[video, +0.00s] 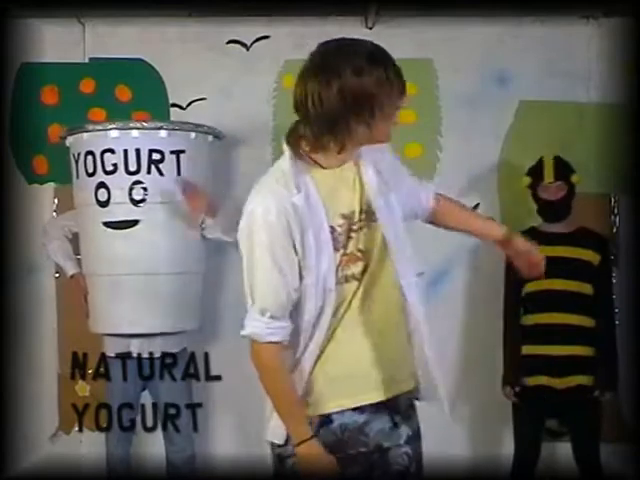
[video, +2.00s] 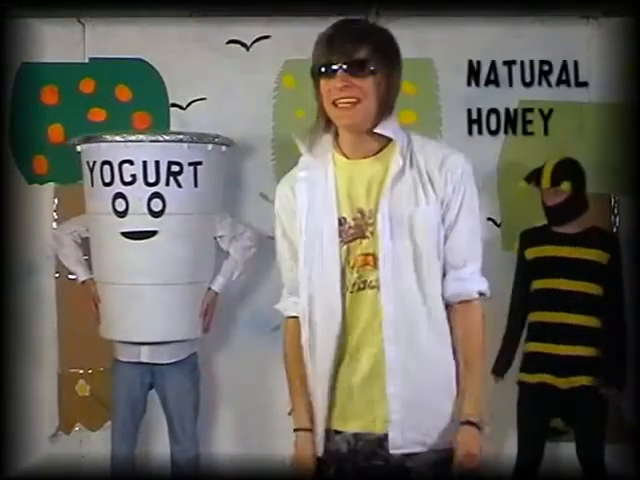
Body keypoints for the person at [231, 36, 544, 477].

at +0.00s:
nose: (399, 117)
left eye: (398, 106)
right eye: (393, 107)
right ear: (359, 109)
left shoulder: (378, 163)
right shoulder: (274, 202)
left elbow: (431, 205)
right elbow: (266, 342)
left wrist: (507, 238)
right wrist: (303, 441)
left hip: (395, 406)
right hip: (321, 423)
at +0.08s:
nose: (379, 122)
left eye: (379, 111)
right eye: (373, 113)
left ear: (319, 106)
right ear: (343, 113)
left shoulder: (362, 164)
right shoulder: (263, 201)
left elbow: (413, 193)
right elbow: (249, 341)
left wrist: (488, 209)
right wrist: (282, 440)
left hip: (386, 407)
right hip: (312, 422)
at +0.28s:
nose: (350, 113)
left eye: (349, 104)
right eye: (346, 106)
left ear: (288, 101)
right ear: (325, 108)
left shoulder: (339, 162)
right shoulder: (240, 199)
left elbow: (382, 180)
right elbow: (223, 336)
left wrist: (427, 189)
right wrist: (243, 441)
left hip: (372, 407)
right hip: (294, 420)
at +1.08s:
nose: (321, 95)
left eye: (319, 85)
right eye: (307, 87)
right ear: (268, 100)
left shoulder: (327, 158)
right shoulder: (223, 200)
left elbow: (379, 205)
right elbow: (208, 329)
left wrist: (430, 231)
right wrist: (240, 431)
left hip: (364, 403)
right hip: (283, 418)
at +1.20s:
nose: (293, 91)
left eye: (299, 77)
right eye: (272, 83)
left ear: (312, 86)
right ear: (246, 101)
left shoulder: (346, 165)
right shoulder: (223, 203)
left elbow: (377, 257)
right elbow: (220, 326)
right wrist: (235, 434)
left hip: (363, 406)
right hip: (280, 419)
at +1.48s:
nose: (294, 89)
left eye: (305, 74)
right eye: (277, 80)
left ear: (328, 86)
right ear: (262, 99)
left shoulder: (383, 170)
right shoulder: (239, 198)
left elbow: (418, 280)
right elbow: (237, 319)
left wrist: (451, 378)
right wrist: (242, 424)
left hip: (375, 418)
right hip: (284, 425)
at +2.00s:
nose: (342, 83)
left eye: (360, 68)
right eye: (329, 70)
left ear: (389, 80)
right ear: (317, 85)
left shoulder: (443, 170)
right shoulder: (295, 189)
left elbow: (464, 299)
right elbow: (296, 315)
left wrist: (471, 418)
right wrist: (302, 428)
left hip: (426, 433)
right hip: (336, 433)